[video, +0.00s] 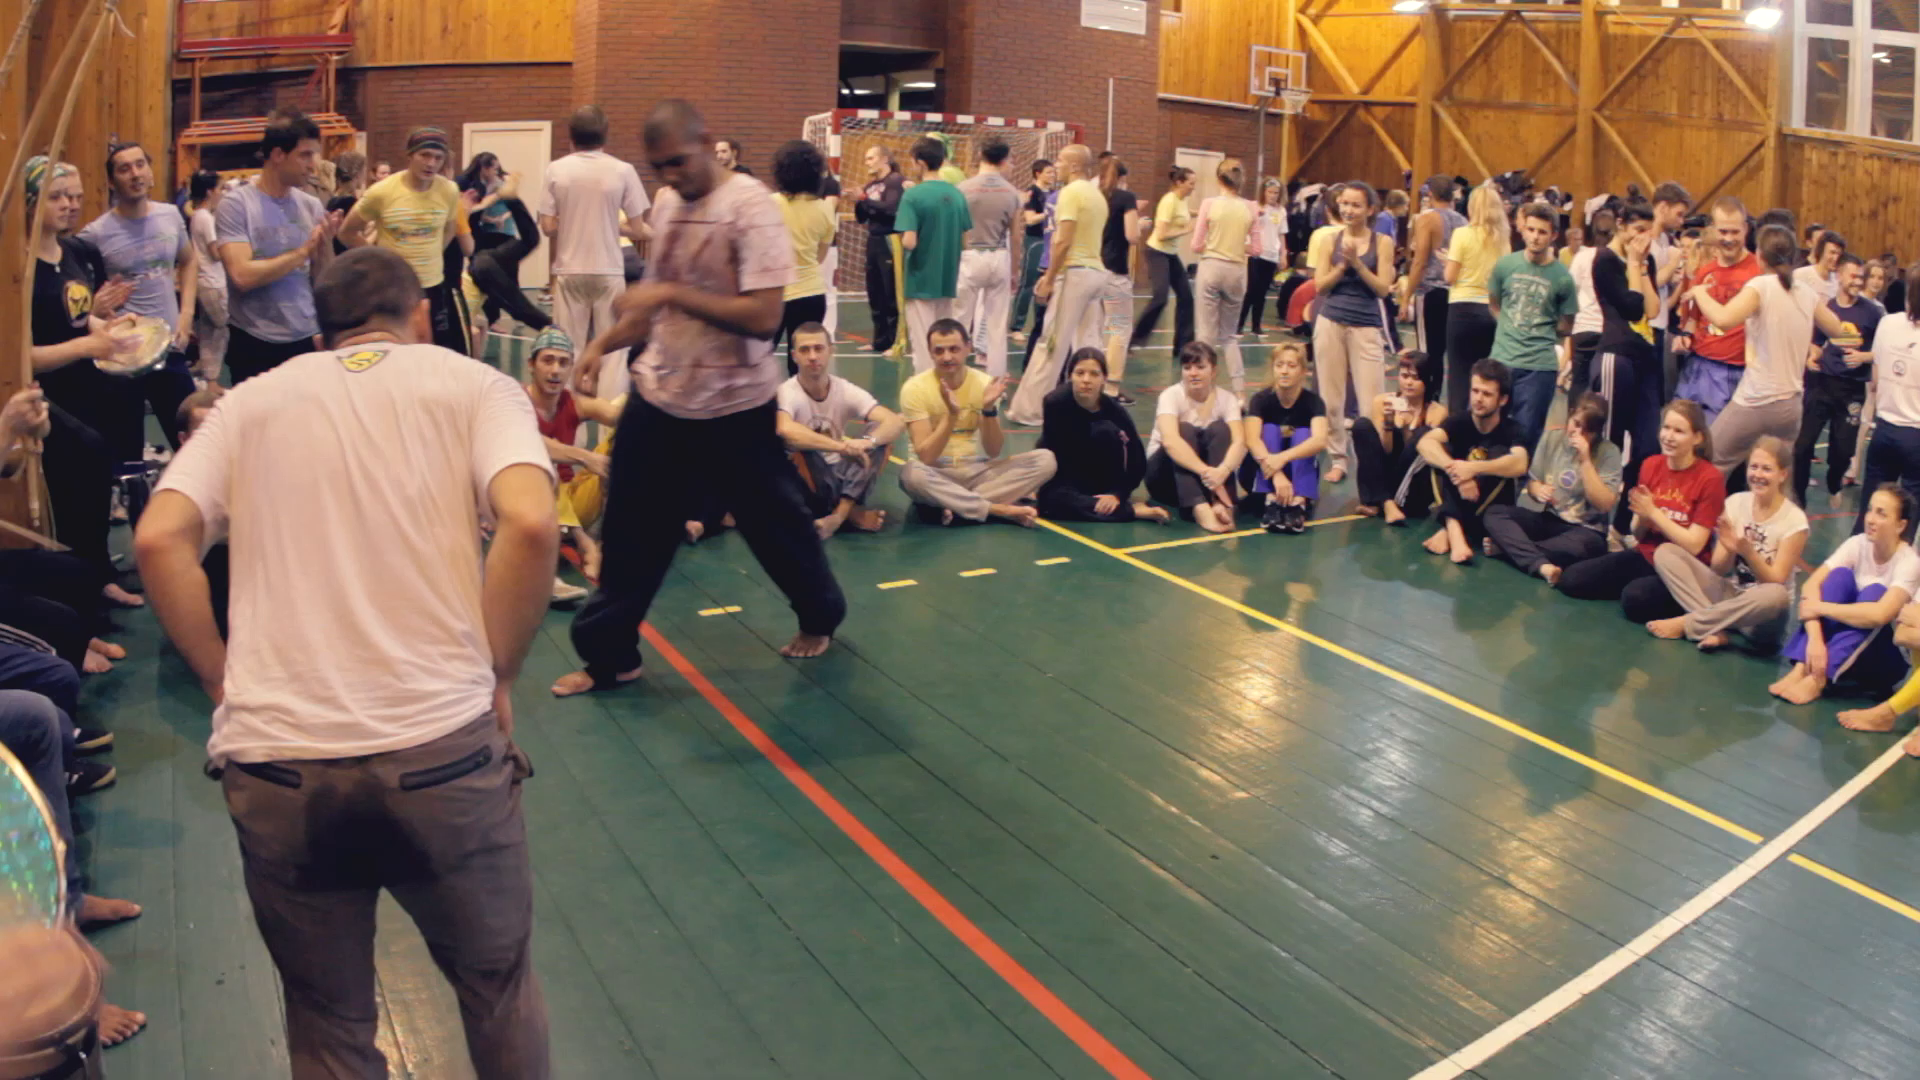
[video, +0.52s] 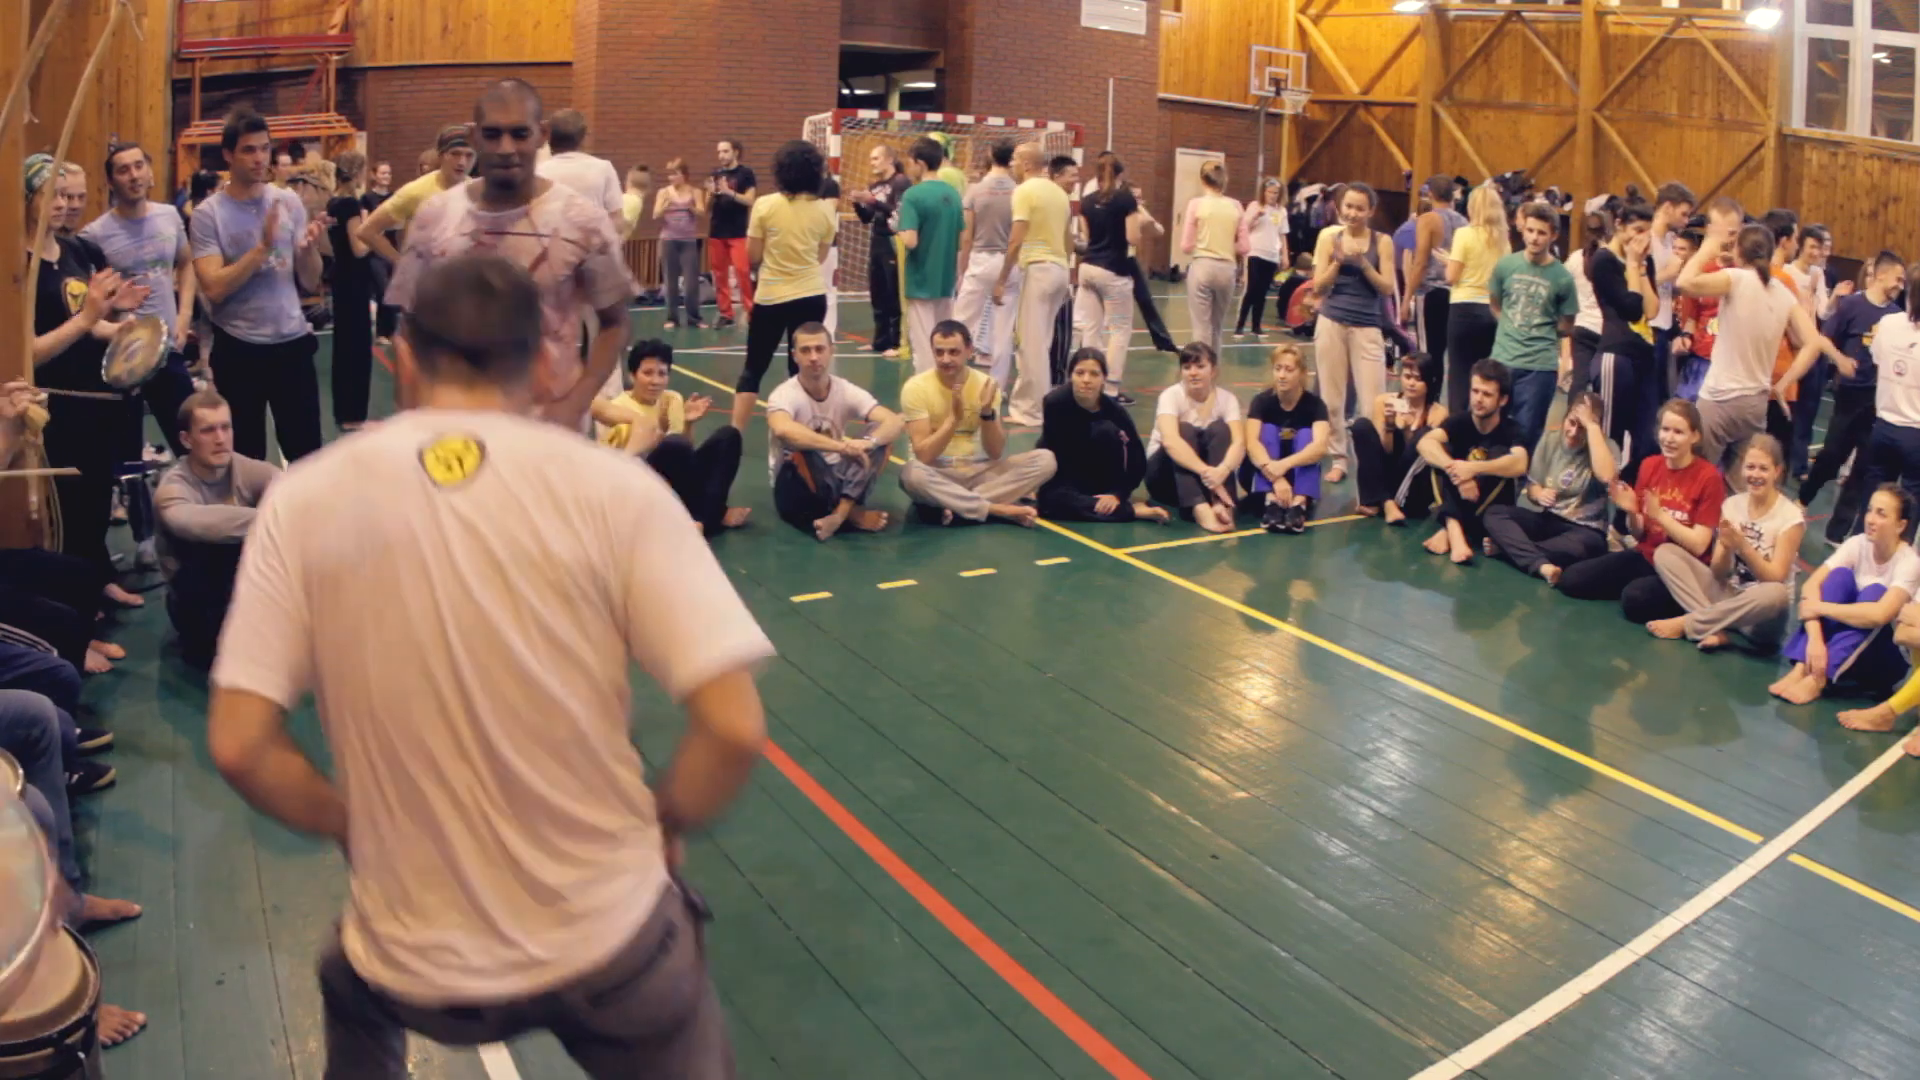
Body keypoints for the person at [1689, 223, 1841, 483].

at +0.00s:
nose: (1755, 255)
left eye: (1756, 250)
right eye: (1757, 250)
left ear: (1760, 256)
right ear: (1792, 256)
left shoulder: (1760, 287)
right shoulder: (1805, 292)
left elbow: (1724, 319)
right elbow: (1835, 329)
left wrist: (1698, 292)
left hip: (1754, 402)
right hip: (1791, 403)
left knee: (1707, 466)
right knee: (1782, 482)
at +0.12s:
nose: (1751, 253)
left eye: (1752, 249)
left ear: (1755, 255)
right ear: (1787, 256)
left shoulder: (1751, 287)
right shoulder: (1800, 292)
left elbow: (1707, 311)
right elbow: (1837, 323)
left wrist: (1694, 281)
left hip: (1743, 401)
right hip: (1781, 402)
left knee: (1711, 479)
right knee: (1773, 485)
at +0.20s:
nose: (1741, 248)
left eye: (1744, 245)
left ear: (1749, 254)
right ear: (1782, 256)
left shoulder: (1744, 286)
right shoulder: (1796, 292)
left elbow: (1701, 306)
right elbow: (1836, 333)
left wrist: (1693, 273)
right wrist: (1803, 336)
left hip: (1737, 399)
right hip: (1775, 401)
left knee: (1708, 476)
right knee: (1762, 486)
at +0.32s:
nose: (1737, 248)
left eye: (1740, 244)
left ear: (1745, 254)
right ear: (1778, 255)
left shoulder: (1740, 282)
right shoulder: (1791, 293)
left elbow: (1693, 289)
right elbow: (1829, 337)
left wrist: (1700, 249)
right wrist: (1835, 337)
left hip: (1728, 398)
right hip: (1766, 399)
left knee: (1710, 479)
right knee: (1754, 485)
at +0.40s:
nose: (1736, 248)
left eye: (1737, 244)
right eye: (1736, 244)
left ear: (1742, 251)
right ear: (1772, 253)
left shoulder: (1737, 278)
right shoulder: (1787, 293)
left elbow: (1690, 281)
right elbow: (1823, 340)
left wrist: (1714, 247)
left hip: (1724, 395)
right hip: (1762, 398)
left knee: (1705, 475)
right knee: (1747, 481)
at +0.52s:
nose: (1731, 253)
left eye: (1733, 248)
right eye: (1731, 247)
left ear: (1739, 252)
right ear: (1769, 255)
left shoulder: (1734, 278)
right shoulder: (1785, 295)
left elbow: (1685, 283)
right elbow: (1813, 343)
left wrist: (1709, 245)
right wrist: (1782, 385)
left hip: (1720, 397)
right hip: (1757, 402)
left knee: (1699, 477)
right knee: (1741, 483)